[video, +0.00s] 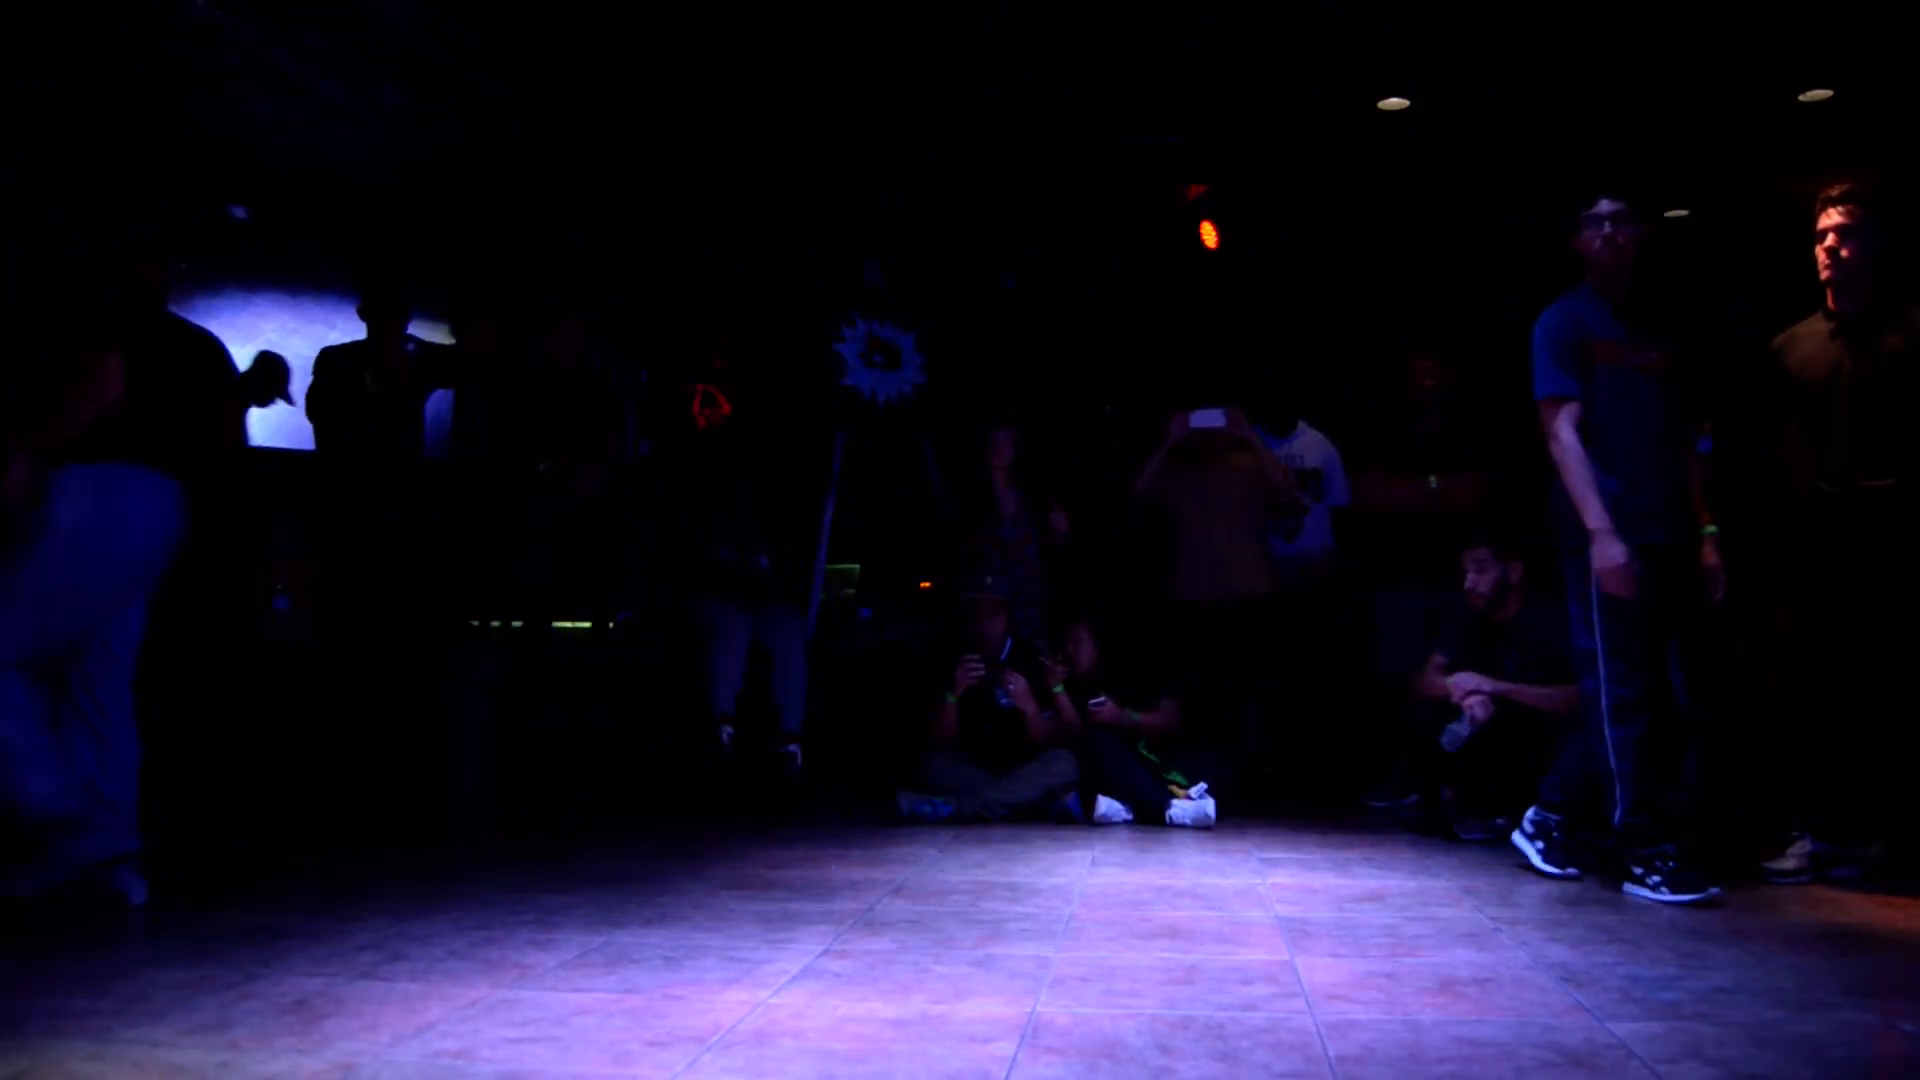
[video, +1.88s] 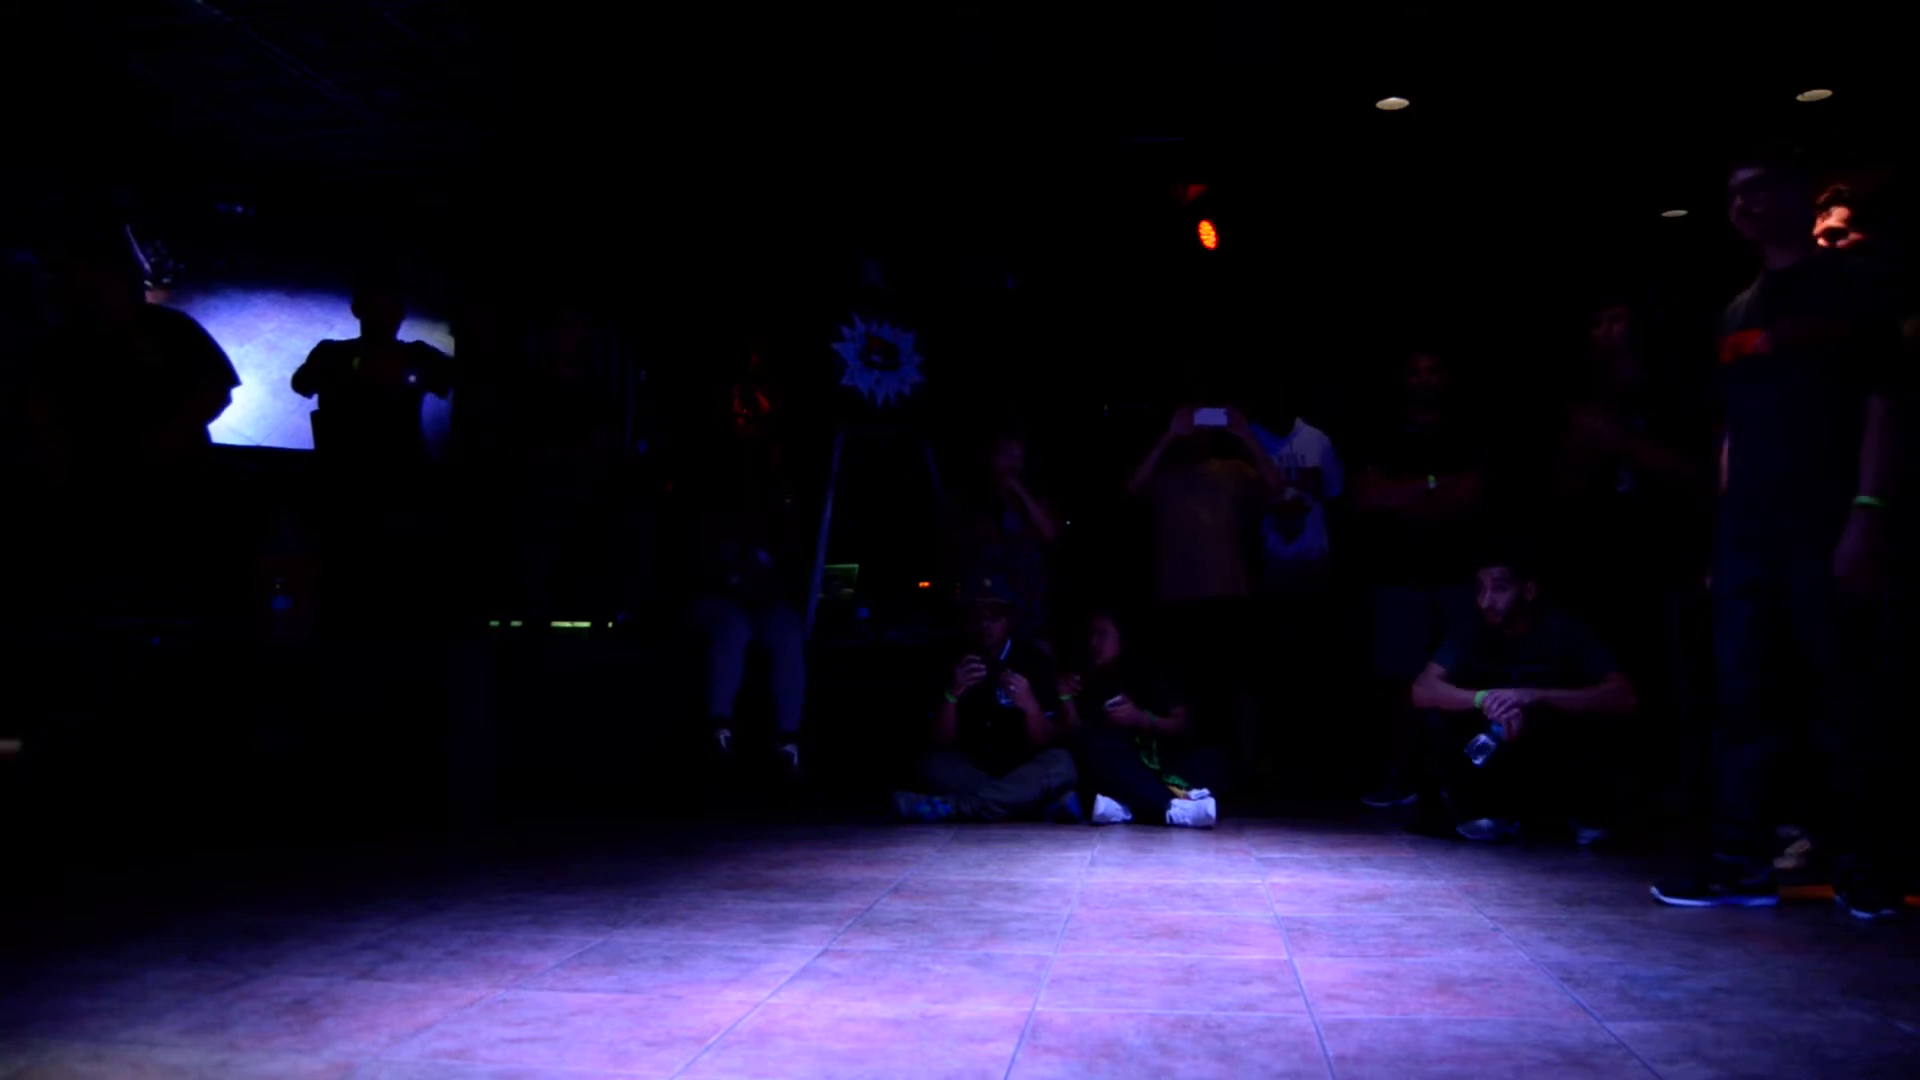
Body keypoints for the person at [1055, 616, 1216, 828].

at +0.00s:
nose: (1072, 651)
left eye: (1079, 642)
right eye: (1068, 644)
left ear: (1097, 644)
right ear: (1062, 650)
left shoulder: (1126, 680)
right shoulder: (1071, 685)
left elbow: (1167, 721)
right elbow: (1076, 730)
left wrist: (1119, 716)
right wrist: (1056, 687)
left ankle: (1127, 808)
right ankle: (1169, 806)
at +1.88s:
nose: (1095, 642)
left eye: (1103, 634)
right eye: (1091, 635)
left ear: (1119, 639)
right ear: (1084, 641)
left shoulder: (1143, 675)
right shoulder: (1082, 680)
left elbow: (1179, 723)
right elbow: (1077, 733)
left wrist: (1138, 718)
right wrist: (1066, 699)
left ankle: (1129, 809)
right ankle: (1169, 807)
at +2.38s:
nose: (1120, 645)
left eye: (1130, 637)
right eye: (1116, 637)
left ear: (1144, 642)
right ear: (1106, 642)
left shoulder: (1161, 680)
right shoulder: (1098, 681)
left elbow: (1194, 732)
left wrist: (1160, 721)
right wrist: (1082, 719)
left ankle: (1132, 813)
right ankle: (1172, 813)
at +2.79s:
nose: (1137, 645)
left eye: (1146, 637)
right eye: (1131, 638)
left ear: (1161, 641)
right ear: (1123, 643)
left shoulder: (1181, 680)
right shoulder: (1115, 682)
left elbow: (1207, 733)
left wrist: (1175, 721)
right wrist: (1105, 719)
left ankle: (1143, 813)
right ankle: (1181, 813)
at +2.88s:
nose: (1153, 644)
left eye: (1162, 636)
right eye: (1147, 637)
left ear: (1177, 641)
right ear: (1140, 643)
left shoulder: (1197, 679)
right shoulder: (1131, 679)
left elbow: (1222, 733)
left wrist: (1189, 719)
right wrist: (1123, 717)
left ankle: (1157, 812)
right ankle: (1196, 813)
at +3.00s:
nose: (1178, 642)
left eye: (1188, 634)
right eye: (1174, 635)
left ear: (1204, 638)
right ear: (1166, 641)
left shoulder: (1226, 678)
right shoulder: (1158, 679)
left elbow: (1249, 731)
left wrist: (1213, 717)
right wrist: (1156, 718)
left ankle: (1183, 811)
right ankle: (1223, 812)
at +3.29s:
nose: (1189, 641)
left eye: (1198, 633)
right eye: (1184, 634)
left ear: (1214, 638)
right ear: (1177, 639)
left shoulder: (1234, 677)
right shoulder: (1170, 679)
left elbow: (1259, 731)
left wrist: (1222, 719)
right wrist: (1180, 720)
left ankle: (1195, 810)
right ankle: (1236, 811)